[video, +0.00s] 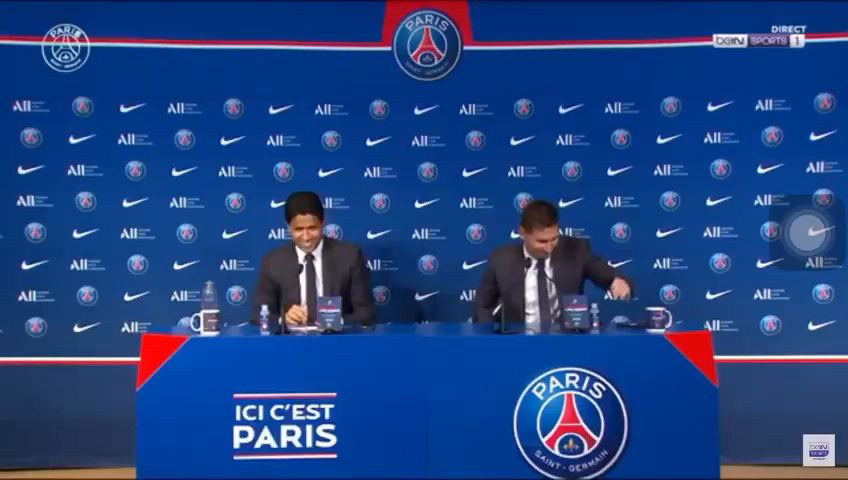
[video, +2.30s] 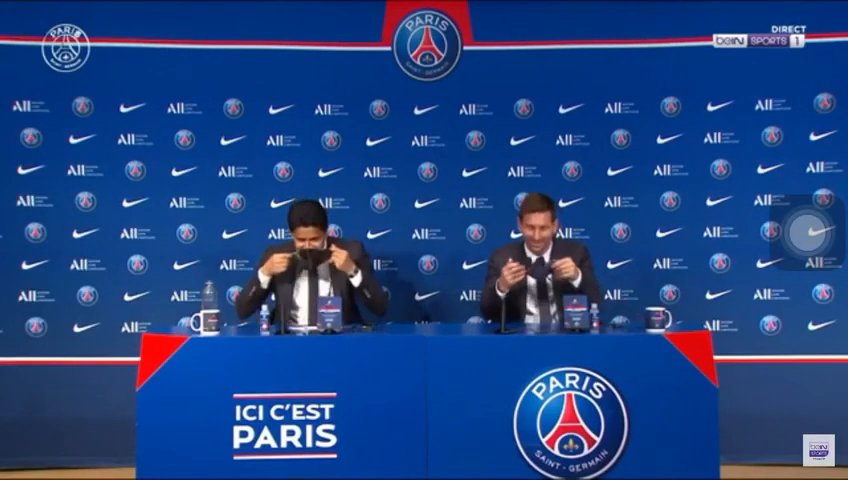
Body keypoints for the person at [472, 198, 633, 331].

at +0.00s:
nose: (548, 248)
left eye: (553, 240)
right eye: (541, 242)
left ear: (558, 230)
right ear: (522, 233)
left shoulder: (577, 251)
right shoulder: (502, 259)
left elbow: (608, 277)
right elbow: (483, 307)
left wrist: (619, 282)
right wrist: (489, 341)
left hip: (568, 346)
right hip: (518, 347)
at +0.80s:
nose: (554, 246)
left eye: (558, 238)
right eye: (547, 240)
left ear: (562, 230)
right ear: (527, 232)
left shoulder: (579, 253)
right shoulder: (503, 259)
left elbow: (608, 282)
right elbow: (480, 306)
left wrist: (630, 300)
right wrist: (499, 334)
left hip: (570, 348)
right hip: (519, 349)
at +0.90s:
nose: (555, 246)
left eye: (558, 238)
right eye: (548, 240)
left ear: (563, 230)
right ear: (527, 232)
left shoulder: (579, 252)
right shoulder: (503, 259)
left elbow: (605, 283)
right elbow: (481, 309)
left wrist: (627, 296)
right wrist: (511, 319)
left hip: (571, 347)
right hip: (521, 350)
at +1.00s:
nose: (555, 245)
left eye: (559, 238)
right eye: (548, 239)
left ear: (563, 229)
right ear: (527, 232)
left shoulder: (579, 252)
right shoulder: (503, 258)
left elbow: (604, 283)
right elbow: (485, 309)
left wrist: (622, 291)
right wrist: (522, 312)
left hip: (571, 344)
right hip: (520, 347)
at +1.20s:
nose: (553, 244)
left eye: (558, 236)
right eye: (546, 237)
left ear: (562, 229)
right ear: (526, 230)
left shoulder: (578, 250)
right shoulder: (504, 258)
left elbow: (601, 302)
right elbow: (501, 311)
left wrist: (602, 286)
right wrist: (539, 300)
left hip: (570, 341)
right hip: (522, 343)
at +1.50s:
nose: (534, 243)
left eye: (542, 236)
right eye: (530, 235)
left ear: (557, 232)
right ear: (524, 227)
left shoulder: (578, 253)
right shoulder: (503, 257)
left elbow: (594, 302)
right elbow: (495, 310)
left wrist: (578, 290)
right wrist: (524, 301)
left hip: (567, 340)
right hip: (519, 342)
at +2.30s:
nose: (537, 236)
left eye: (543, 228)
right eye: (531, 228)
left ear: (555, 226)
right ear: (520, 225)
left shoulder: (577, 253)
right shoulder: (504, 256)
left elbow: (597, 300)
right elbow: (488, 311)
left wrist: (577, 277)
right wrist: (502, 287)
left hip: (566, 338)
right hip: (519, 339)